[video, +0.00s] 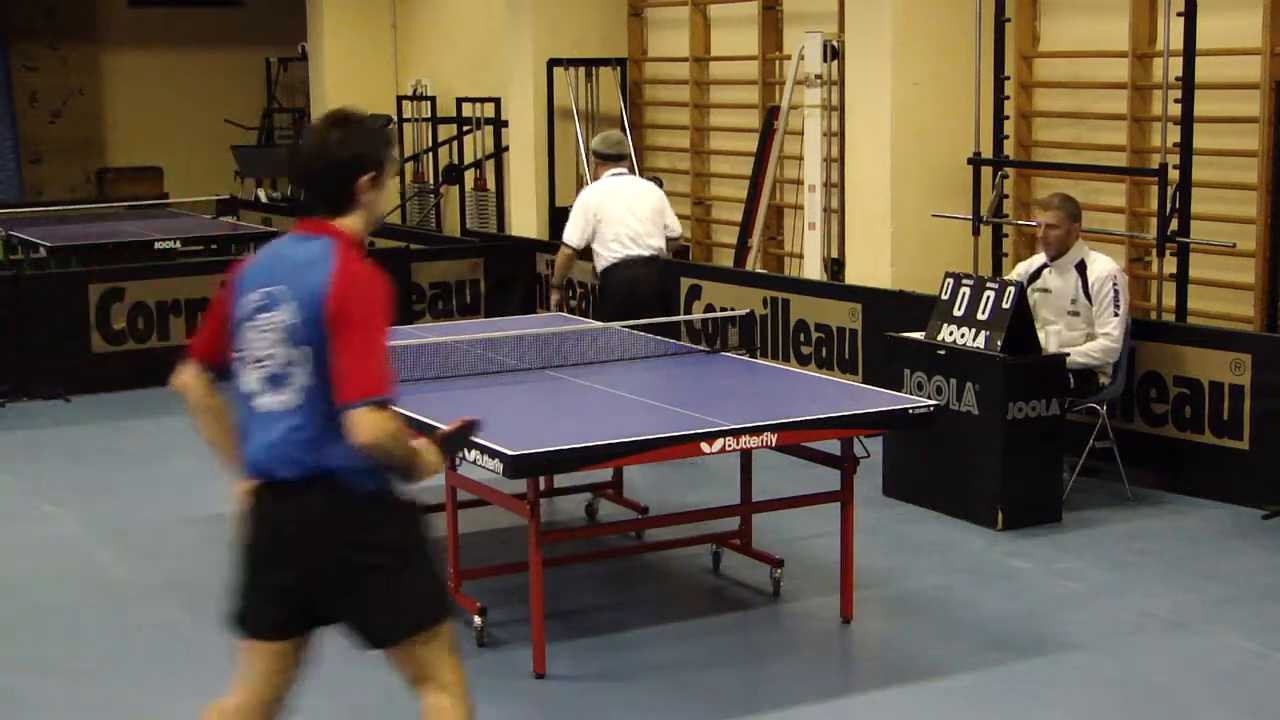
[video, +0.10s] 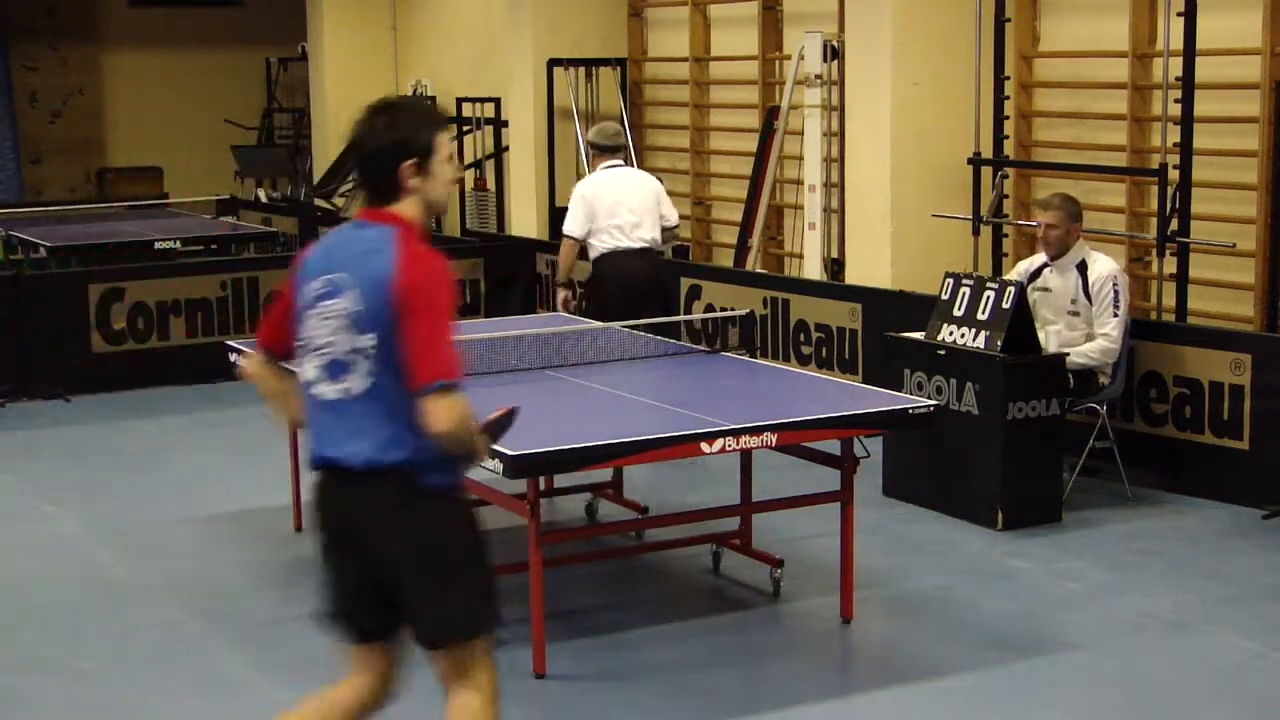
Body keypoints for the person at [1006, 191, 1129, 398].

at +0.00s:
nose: (1041, 235)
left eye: (1051, 228)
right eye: (1038, 226)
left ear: (1075, 231)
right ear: (1035, 226)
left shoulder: (1105, 274)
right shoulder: (1025, 271)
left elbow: (1110, 346)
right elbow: (997, 323)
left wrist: (1053, 362)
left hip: (1086, 375)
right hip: (1031, 370)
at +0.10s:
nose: (1041, 235)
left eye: (1051, 228)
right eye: (1039, 226)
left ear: (1075, 231)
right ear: (1035, 225)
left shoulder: (1105, 274)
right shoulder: (1026, 270)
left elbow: (1108, 347)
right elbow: (995, 317)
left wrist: (1050, 363)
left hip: (1085, 375)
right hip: (1031, 369)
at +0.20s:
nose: (1040, 234)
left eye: (1051, 227)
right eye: (1039, 226)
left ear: (1075, 231)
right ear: (1036, 226)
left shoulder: (1104, 273)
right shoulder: (1027, 268)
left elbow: (1107, 348)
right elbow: (992, 302)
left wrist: (1047, 362)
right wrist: (982, 279)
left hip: (1082, 375)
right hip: (1029, 370)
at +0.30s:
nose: (1040, 235)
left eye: (1050, 227)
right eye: (1038, 226)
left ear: (1075, 230)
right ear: (1036, 226)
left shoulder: (1104, 273)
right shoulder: (1029, 265)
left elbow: (1107, 348)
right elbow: (987, 293)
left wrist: (1046, 363)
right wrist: (971, 264)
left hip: (1082, 376)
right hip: (1029, 370)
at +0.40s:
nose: (1041, 234)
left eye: (1051, 227)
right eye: (1039, 225)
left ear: (1074, 230)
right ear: (1037, 224)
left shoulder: (1104, 273)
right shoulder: (1028, 266)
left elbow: (1108, 347)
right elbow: (985, 295)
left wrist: (1049, 360)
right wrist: (975, 276)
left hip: (1082, 375)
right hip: (1029, 369)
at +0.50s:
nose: (1040, 234)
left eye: (1051, 227)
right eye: (1039, 225)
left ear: (1074, 230)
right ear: (1036, 225)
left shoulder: (1104, 273)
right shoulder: (1030, 265)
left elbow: (1112, 345)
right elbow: (993, 284)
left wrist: (1055, 356)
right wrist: (974, 280)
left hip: (1082, 373)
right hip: (1030, 366)